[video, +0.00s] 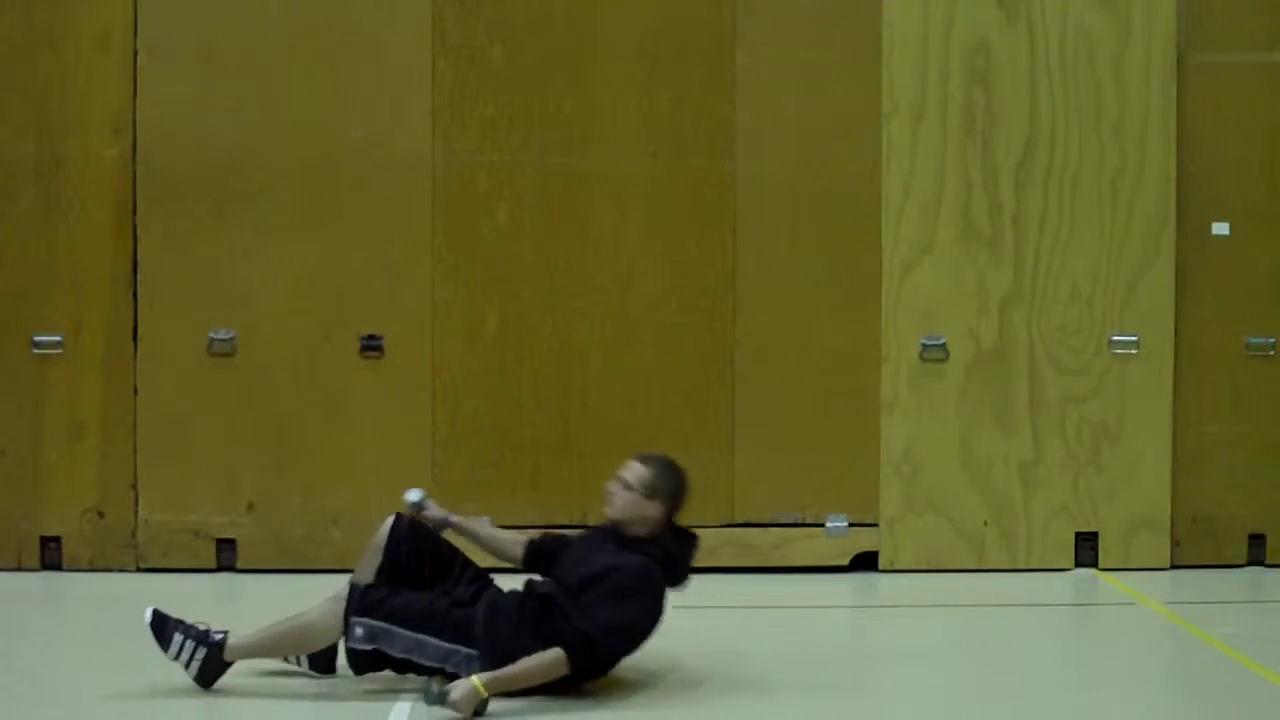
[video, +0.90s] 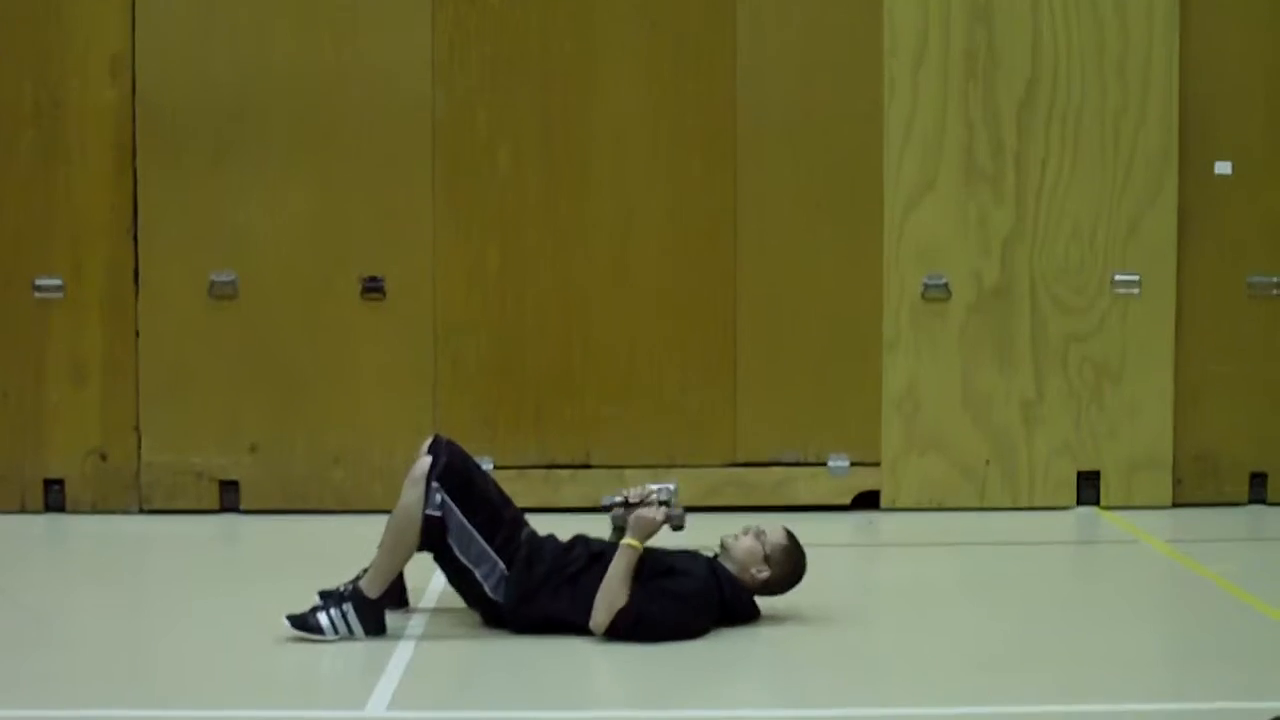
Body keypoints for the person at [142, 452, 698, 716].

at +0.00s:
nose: (612, 491)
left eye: (628, 488)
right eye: (617, 481)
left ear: (658, 513)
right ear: (622, 495)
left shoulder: (638, 586)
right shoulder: (602, 539)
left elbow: (570, 656)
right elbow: (516, 550)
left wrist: (486, 684)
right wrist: (447, 518)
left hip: (492, 646)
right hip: (490, 603)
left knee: (353, 605)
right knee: (396, 533)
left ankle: (218, 653)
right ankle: (343, 649)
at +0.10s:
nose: (644, 512)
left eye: (659, 512)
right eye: (649, 503)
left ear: (687, 537)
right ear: (652, 515)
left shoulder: (654, 605)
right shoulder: (632, 559)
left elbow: (582, 664)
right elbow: (550, 565)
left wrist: (493, 680)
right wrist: (480, 524)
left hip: (493, 640)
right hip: (499, 600)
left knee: (363, 599)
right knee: (406, 528)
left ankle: (229, 650)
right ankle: (335, 645)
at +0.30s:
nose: (696, 551)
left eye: (712, 554)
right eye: (703, 545)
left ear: (727, 586)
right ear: (701, 563)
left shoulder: (681, 641)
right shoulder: (664, 593)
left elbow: (590, 679)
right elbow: (579, 585)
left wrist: (511, 644)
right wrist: (533, 527)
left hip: (510, 643)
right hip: (524, 607)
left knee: (391, 558)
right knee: (426, 512)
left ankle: (276, 636)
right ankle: (350, 620)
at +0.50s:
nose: (719, 566)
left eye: (735, 571)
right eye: (727, 561)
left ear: (746, 604)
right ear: (724, 577)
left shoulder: (693, 641)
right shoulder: (689, 610)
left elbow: (600, 672)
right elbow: (598, 597)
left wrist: (560, 591)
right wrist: (577, 530)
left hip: (515, 643)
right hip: (532, 609)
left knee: (421, 533)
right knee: (438, 504)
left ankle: (338, 647)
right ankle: (388, 627)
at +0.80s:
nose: (743, 544)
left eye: (756, 550)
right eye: (752, 541)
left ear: (760, 584)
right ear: (750, 570)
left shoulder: (712, 611)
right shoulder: (710, 588)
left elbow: (607, 641)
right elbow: (622, 612)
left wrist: (624, 551)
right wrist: (623, 539)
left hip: (523, 604)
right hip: (538, 578)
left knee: (434, 489)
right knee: (439, 472)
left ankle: (370, 618)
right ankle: (390, 601)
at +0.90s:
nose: (747, 529)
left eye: (759, 537)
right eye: (757, 528)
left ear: (761, 571)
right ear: (749, 552)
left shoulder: (707, 596)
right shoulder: (708, 571)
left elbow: (605, 622)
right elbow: (635, 576)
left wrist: (633, 540)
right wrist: (635, 524)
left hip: (521, 583)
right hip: (534, 554)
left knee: (431, 477)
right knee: (436, 454)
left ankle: (367, 601)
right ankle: (387, 582)